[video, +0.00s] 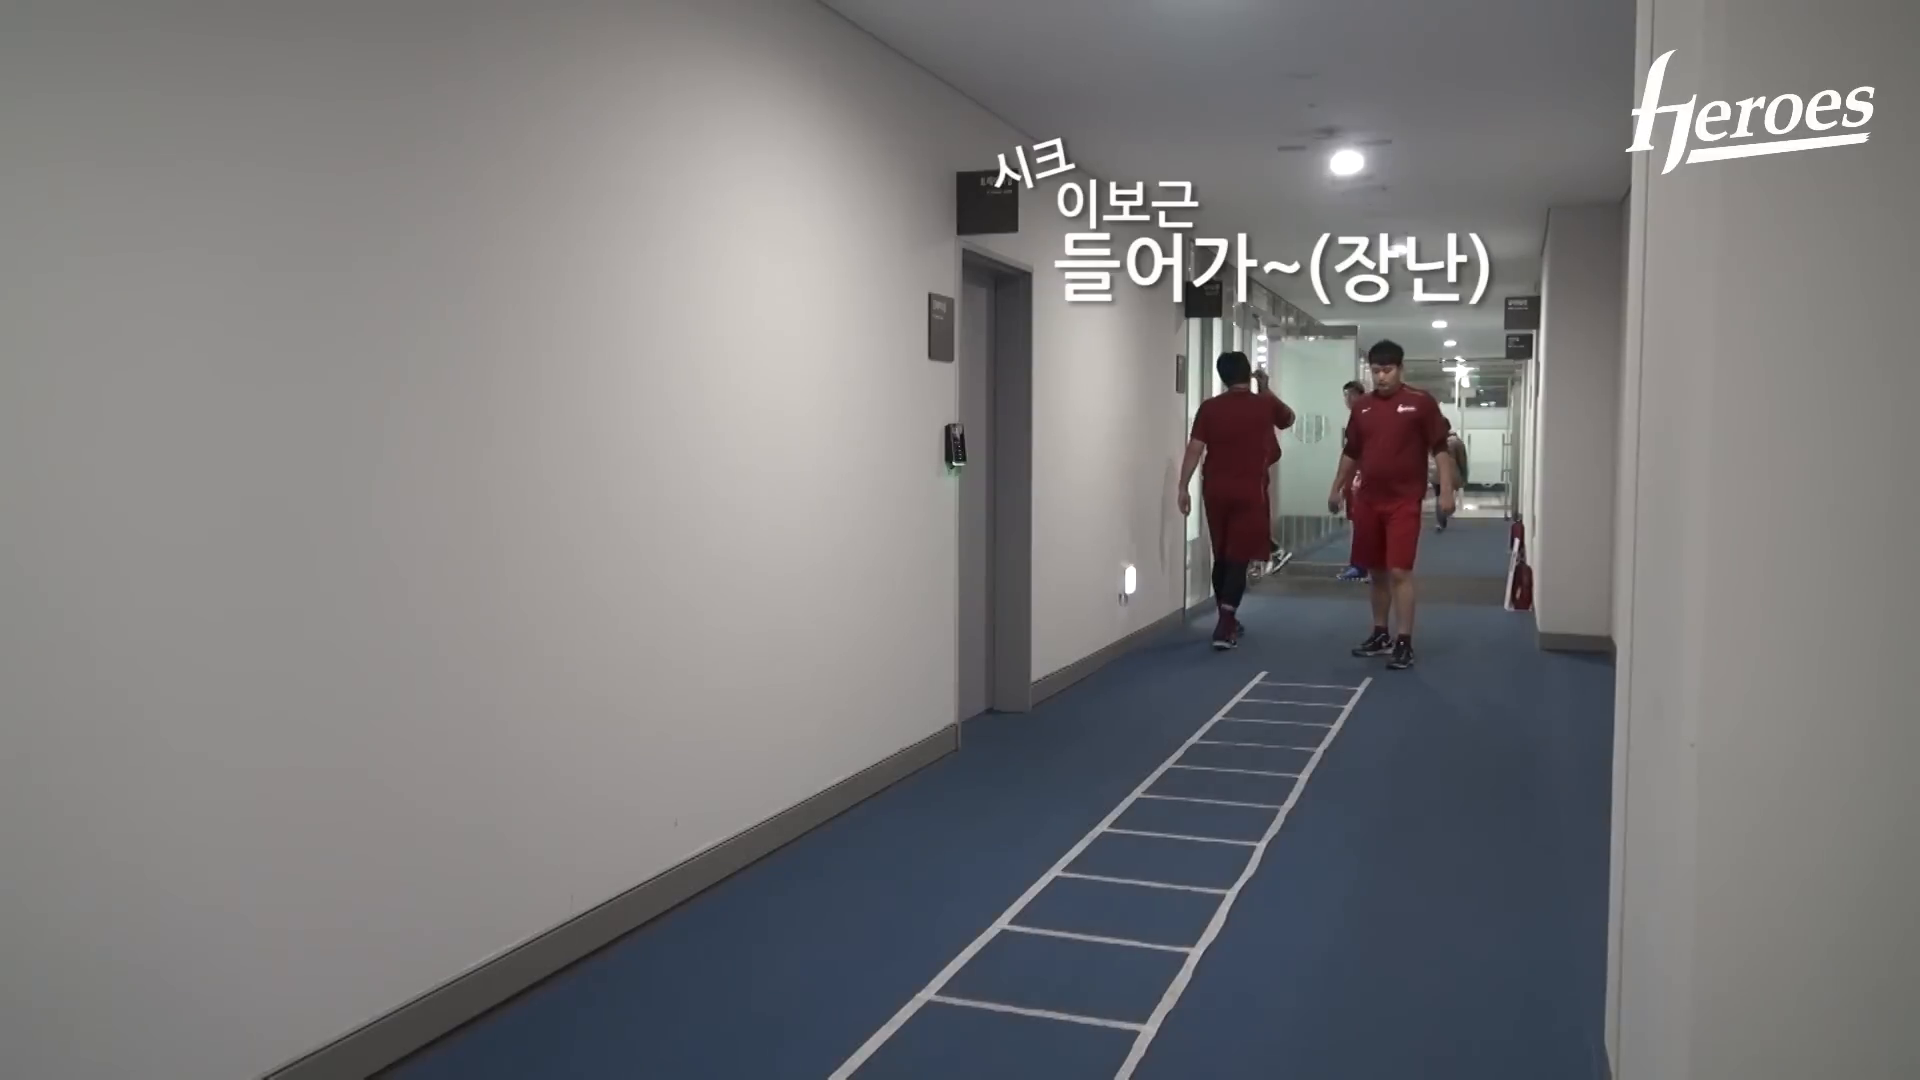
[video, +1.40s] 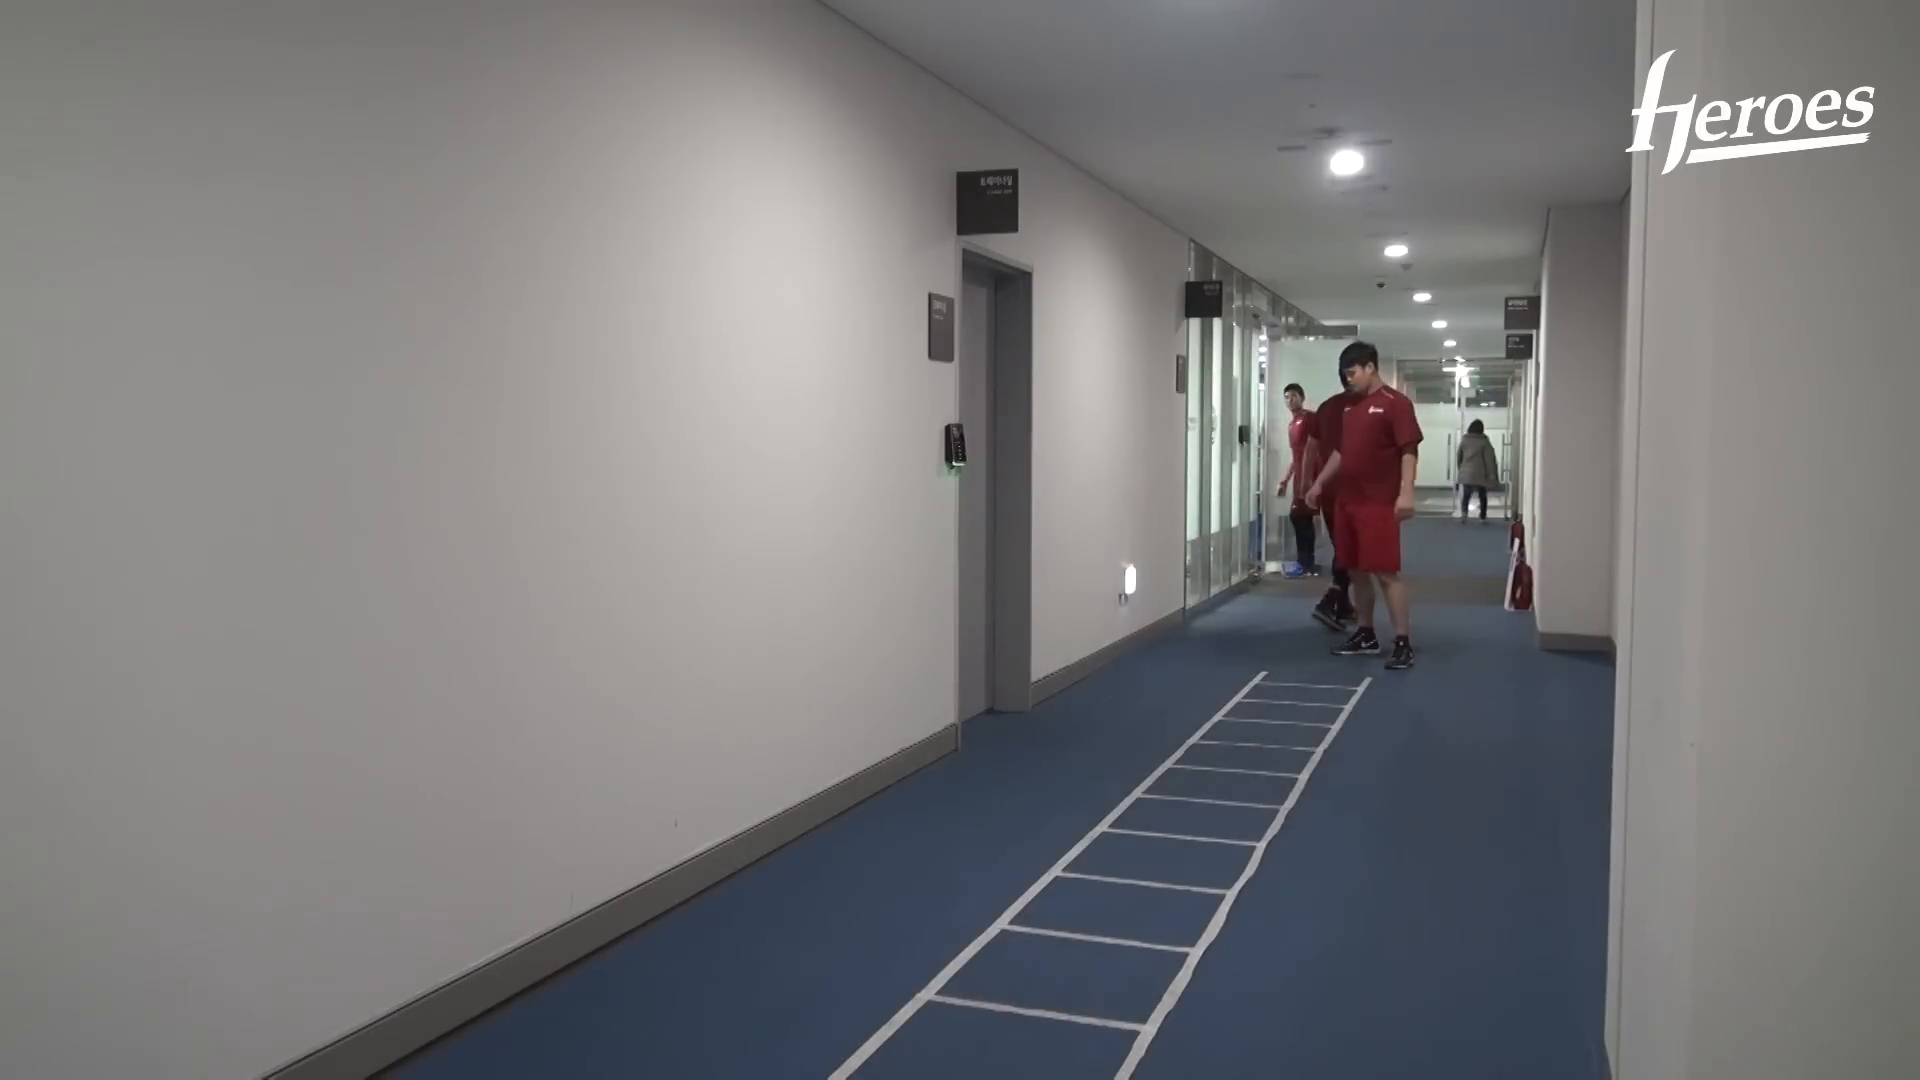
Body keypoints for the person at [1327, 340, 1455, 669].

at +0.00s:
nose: (1381, 375)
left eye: (1387, 369)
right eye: (1376, 369)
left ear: (1400, 369)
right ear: (1370, 370)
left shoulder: (1421, 403)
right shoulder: (1362, 407)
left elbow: (1441, 449)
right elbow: (1351, 452)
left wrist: (1446, 491)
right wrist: (1336, 489)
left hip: (1404, 501)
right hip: (1368, 500)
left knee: (1400, 571)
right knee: (1377, 571)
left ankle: (1403, 642)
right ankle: (1380, 634)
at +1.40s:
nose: (1346, 378)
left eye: (1351, 371)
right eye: (1344, 372)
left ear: (1370, 368)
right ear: (1349, 374)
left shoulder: (1397, 403)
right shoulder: (1351, 408)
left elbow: (1409, 450)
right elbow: (1341, 453)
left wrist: (1406, 493)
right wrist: (1318, 484)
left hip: (1380, 503)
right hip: (1348, 502)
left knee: (1386, 573)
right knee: (1357, 572)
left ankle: (1402, 642)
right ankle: (1365, 634)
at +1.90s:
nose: (1320, 379)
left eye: (1323, 373)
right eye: (1319, 374)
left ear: (1340, 369)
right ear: (1333, 371)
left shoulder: (1373, 404)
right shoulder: (1325, 407)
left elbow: (1385, 453)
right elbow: (1318, 453)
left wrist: (1387, 496)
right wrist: (1304, 490)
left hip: (1361, 499)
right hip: (1331, 500)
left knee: (1334, 564)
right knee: (1351, 570)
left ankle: (1338, 635)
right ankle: (1365, 633)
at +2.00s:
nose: (1312, 381)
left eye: (1315, 374)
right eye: (1311, 375)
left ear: (1331, 370)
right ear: (1327, 372)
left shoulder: (1367, 406)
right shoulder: (1321, 409)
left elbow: (1382, 453)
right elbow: (1316, 453)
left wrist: (1389, 496)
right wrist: (1304, 488)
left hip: (1355, 501)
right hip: (1327, 502)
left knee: (1328, 568)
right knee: (1347, 569)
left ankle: (1318, 636)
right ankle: (1365, 634)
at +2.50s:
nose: (1310, 372)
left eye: (1316, 366)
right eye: (1306, 367)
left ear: (1331, 366)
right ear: (1303, 368)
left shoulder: (1345, 399)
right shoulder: (1305, 401)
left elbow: (1342, 449)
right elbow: (1299, 448)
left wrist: (1312, 482)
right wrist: (1296, 486)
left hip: (1336, 496)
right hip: (1310, 495)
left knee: (1327, 568)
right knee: (1302, 561)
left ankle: (1319, 636)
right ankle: (1340, 615)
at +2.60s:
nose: (1312, 372)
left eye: (1319, 366)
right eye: (1308, 366)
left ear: (1332, 366)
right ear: (1304, 367)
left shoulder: (1345, 399)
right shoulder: (1303, 401)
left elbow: (1341, 448)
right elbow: (1297, 446)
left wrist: (1305, 477)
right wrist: (1293, 481)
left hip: (1335, 498)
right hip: (1308, 495)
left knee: (1326, 569)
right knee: (1294, 557)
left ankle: (1318, 637)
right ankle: (1331, 615)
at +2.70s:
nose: (1315, 371)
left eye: (1322, 364)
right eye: (1310, 364)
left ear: (1334, 366)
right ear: (1305, 366)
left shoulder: (1346, 400)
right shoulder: (1302, 401)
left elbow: (1342, 450)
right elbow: (1295, 448)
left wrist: (1307, 480)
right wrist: (1292, 486)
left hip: (1333, 497)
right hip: (1306, 495)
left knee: (1325, 569)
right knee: (1291, 557)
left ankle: (1319, 638)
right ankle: (1311, 614)